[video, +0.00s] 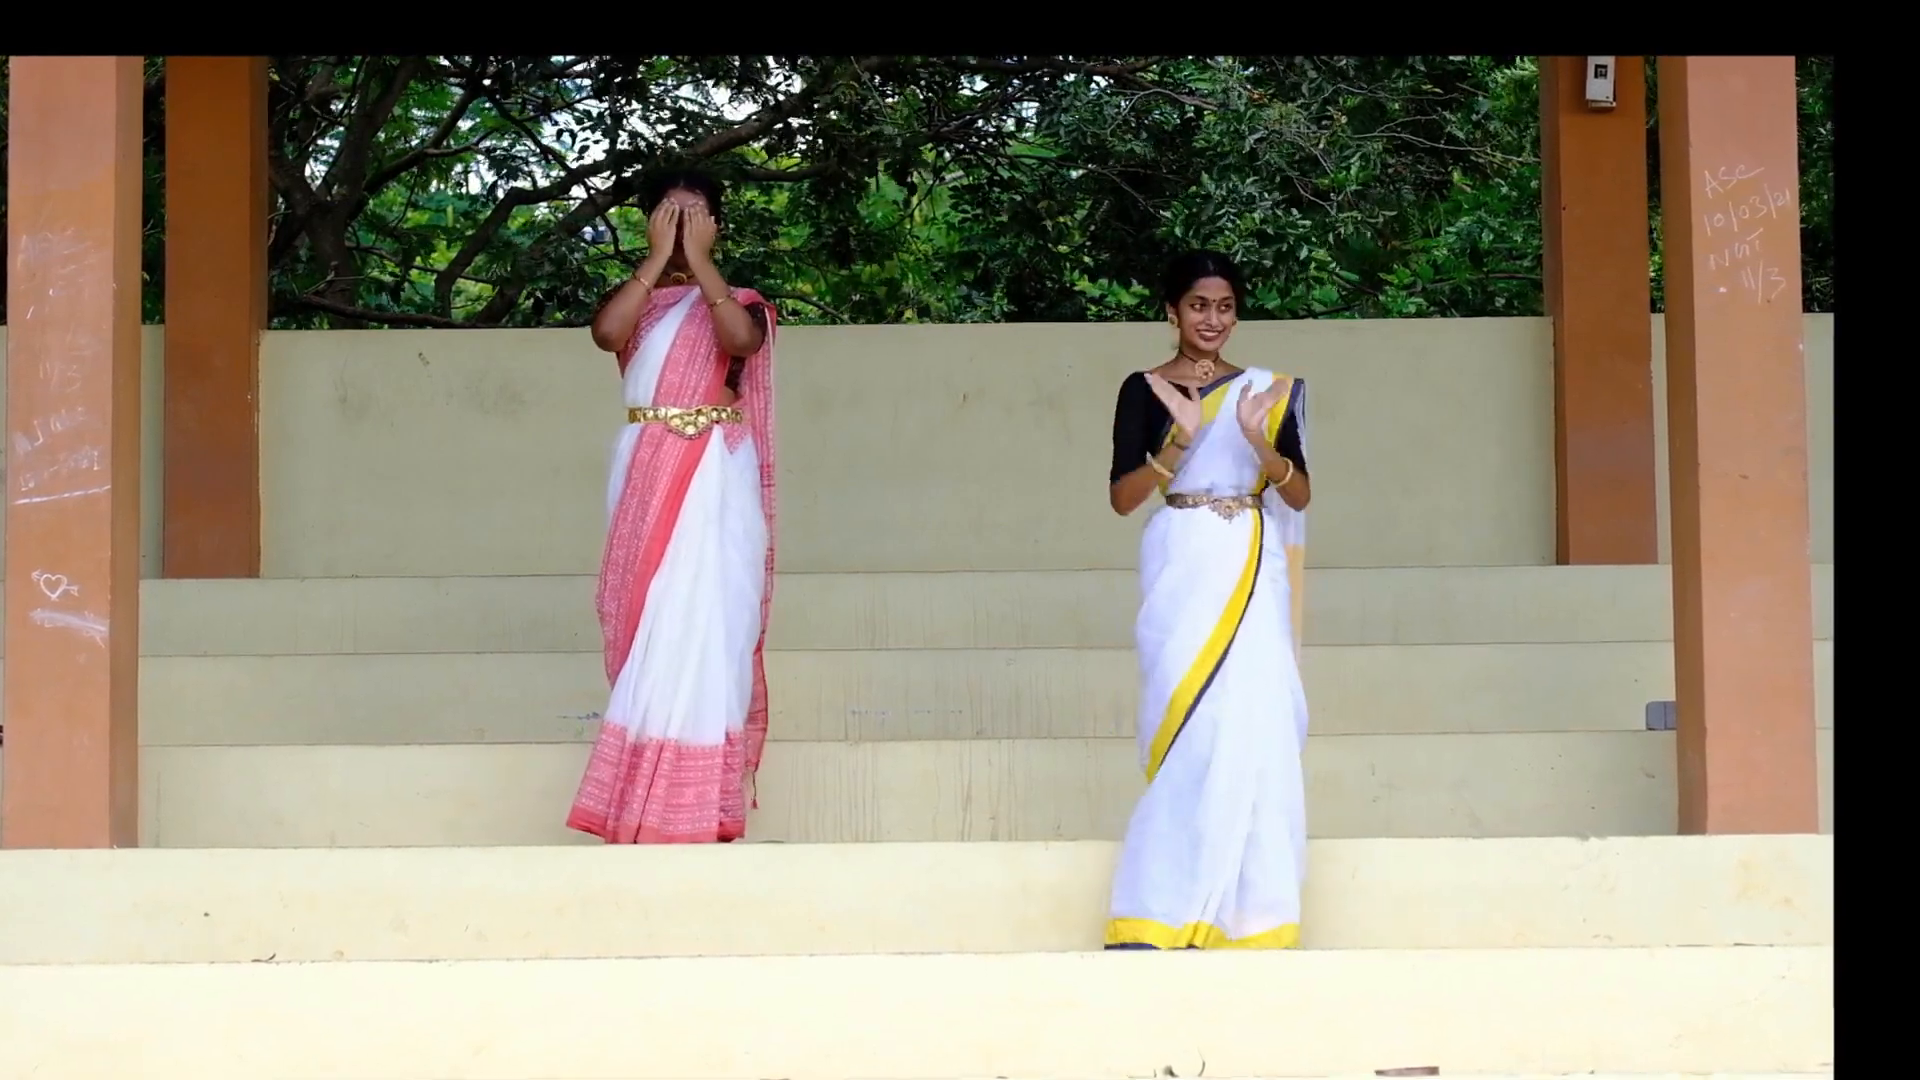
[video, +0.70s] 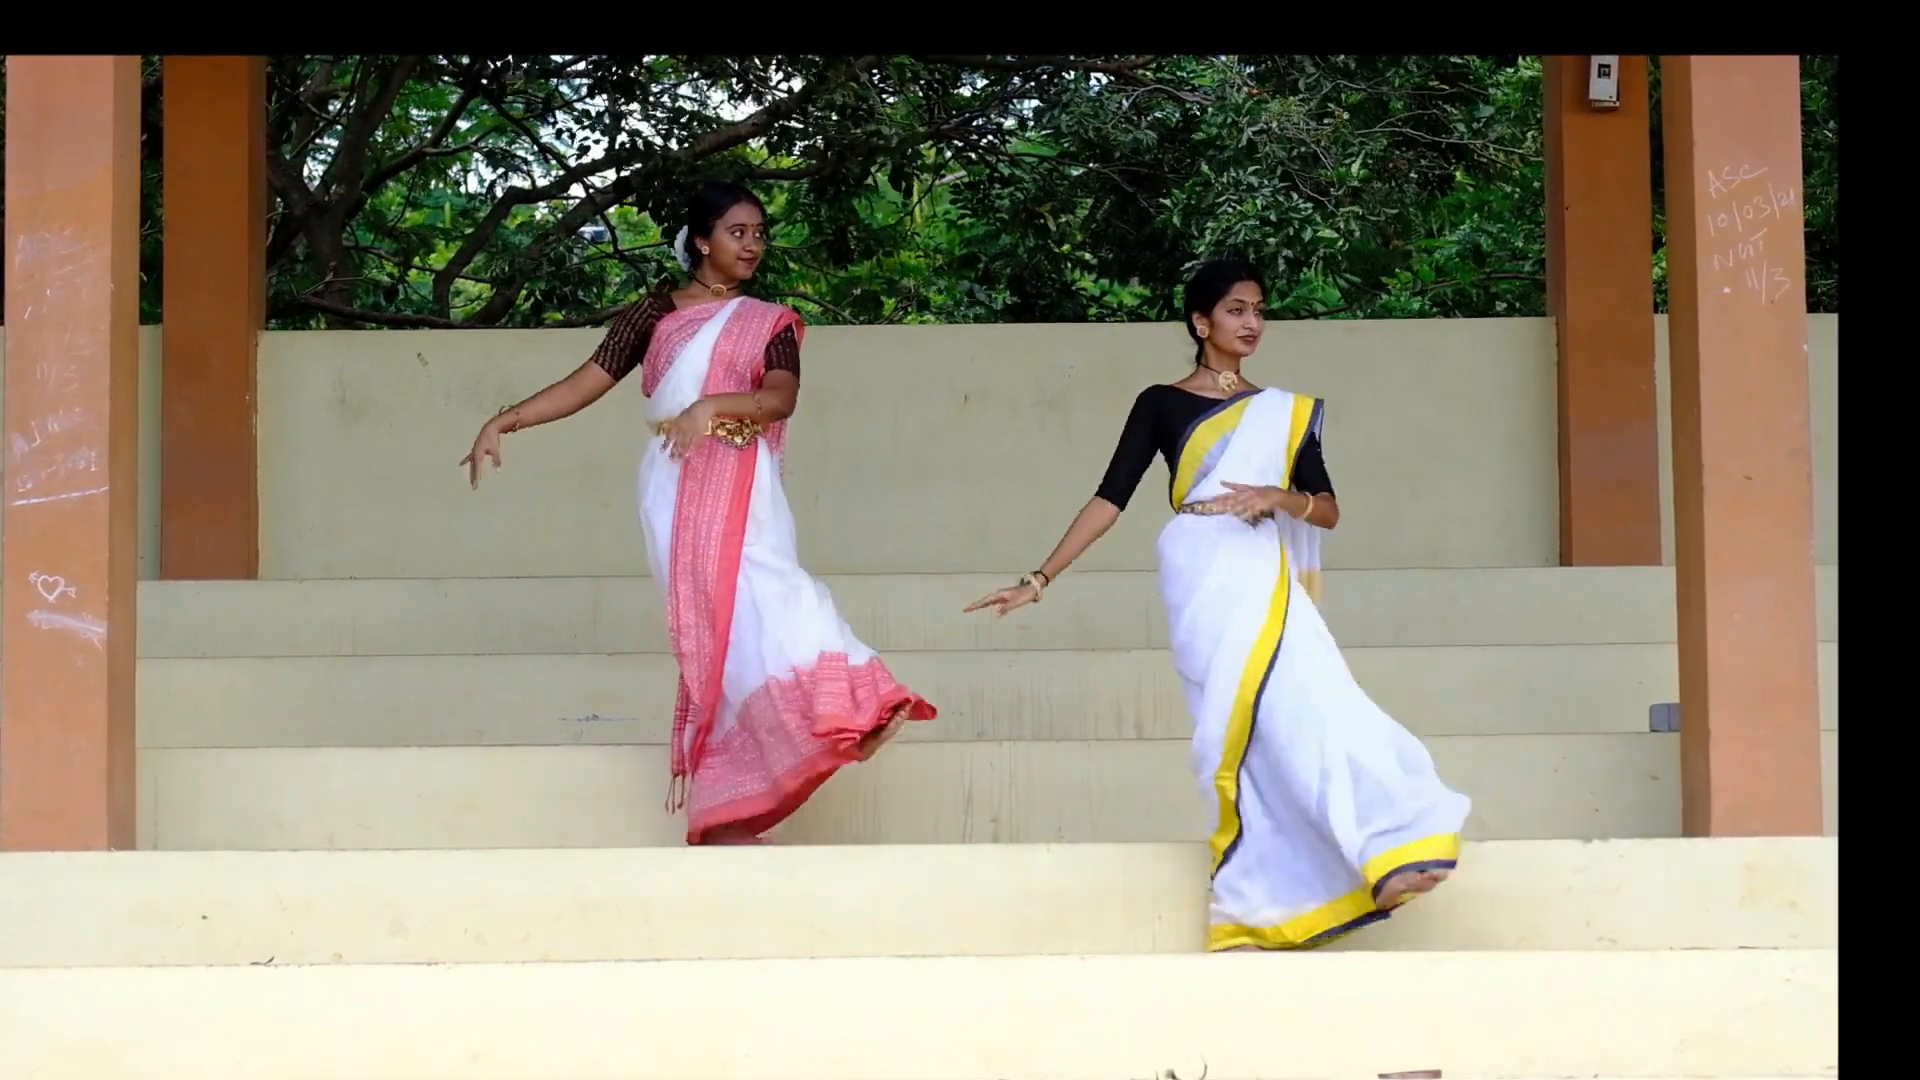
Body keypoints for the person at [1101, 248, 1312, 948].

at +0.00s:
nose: (1213, 318)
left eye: (1224, 307)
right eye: (1200, 305)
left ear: (1236, 316)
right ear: (1174, 311)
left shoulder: (1273, 392)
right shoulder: (1145, 389)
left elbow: (1299, 496)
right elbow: (1123, 498)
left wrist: (1265, 448)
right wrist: (1178, 441)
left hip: (1255, 563)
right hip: (1183, 563)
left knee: (1254, 723)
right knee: (1186, 722)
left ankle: (1248, 908)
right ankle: (1175, 908)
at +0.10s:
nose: (1225, 320)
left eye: (1235, 309)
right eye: (1212, 307)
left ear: (1244, 318)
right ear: (1181, 312)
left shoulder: (1271, 400)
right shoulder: (1148, 395)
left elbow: (1299, 498)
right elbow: (1121, 497)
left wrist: (1261, 510)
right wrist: (1132, 520)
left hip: (1266, 572)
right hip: (1193, 570)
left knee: (1284, 722)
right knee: (1248, 726)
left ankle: (1247, 913)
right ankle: (1167, 900)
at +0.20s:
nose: (1235, 316)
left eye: (1243, 305)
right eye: (1221, 303)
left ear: (1250, 316)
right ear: (1188, 310)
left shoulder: (1271, 399)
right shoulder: (1151, 395)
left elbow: (1301, 494)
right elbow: (1115, 488)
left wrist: (1257, 518)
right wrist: (1079, 564)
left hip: (1266, 564)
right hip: (1196, 563)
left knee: (1287, 709)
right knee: (1255, 707)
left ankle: (1250, 895)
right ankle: (1223, 889)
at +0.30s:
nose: (1242, 316)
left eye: (1250, 304)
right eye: (1228, 302)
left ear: (1255, 313)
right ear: (1192, 309)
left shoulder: (1274, 396)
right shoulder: (1156, 393)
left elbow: (1305, 488)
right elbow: (1100, 486)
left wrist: (1228, 499)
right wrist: (1030, 566)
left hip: (1265, 555)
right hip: (1199, 555)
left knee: (1252, 706)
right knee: (1309, 648)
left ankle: (1246, 883)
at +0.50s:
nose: (1247, 319)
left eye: (1255, 308)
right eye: (1236, 305)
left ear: (1258, 318)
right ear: (1198, 309)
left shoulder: (1277, 398)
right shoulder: (1160, 395)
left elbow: (1304, 476)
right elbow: (1077, 480)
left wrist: (1230, 445)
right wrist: (989, 537)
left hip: (1273, 556)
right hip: (1205, 556)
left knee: (1391, 633)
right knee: (1264, 699)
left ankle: (1501, 744)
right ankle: (1233, 885)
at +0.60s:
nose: (1253, 322)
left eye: (1259, 311)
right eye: (1240, 309)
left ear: (1260, 322)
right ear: (1200, 316)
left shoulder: (1281, 405)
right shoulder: (1161, 397)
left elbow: (1312, 489)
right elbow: (1087, 484)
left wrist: (1243, 452)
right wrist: (999, 546)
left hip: (1270, 563)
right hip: (1205, 561)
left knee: (1385, 654)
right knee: (1264, 698)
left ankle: (1469, 780)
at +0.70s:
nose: (1252, 322)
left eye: (1257, 310)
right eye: (1237, 309)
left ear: (1262, 321)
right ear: (1200, 319)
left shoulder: (1284, 411)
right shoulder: (1162, 403)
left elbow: (1327, 509)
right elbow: (1109, 500)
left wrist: (1276, 497)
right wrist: (1040, 579)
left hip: (1275, 567)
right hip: (1205, 566)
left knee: (1308, 695)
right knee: (1249, 709)